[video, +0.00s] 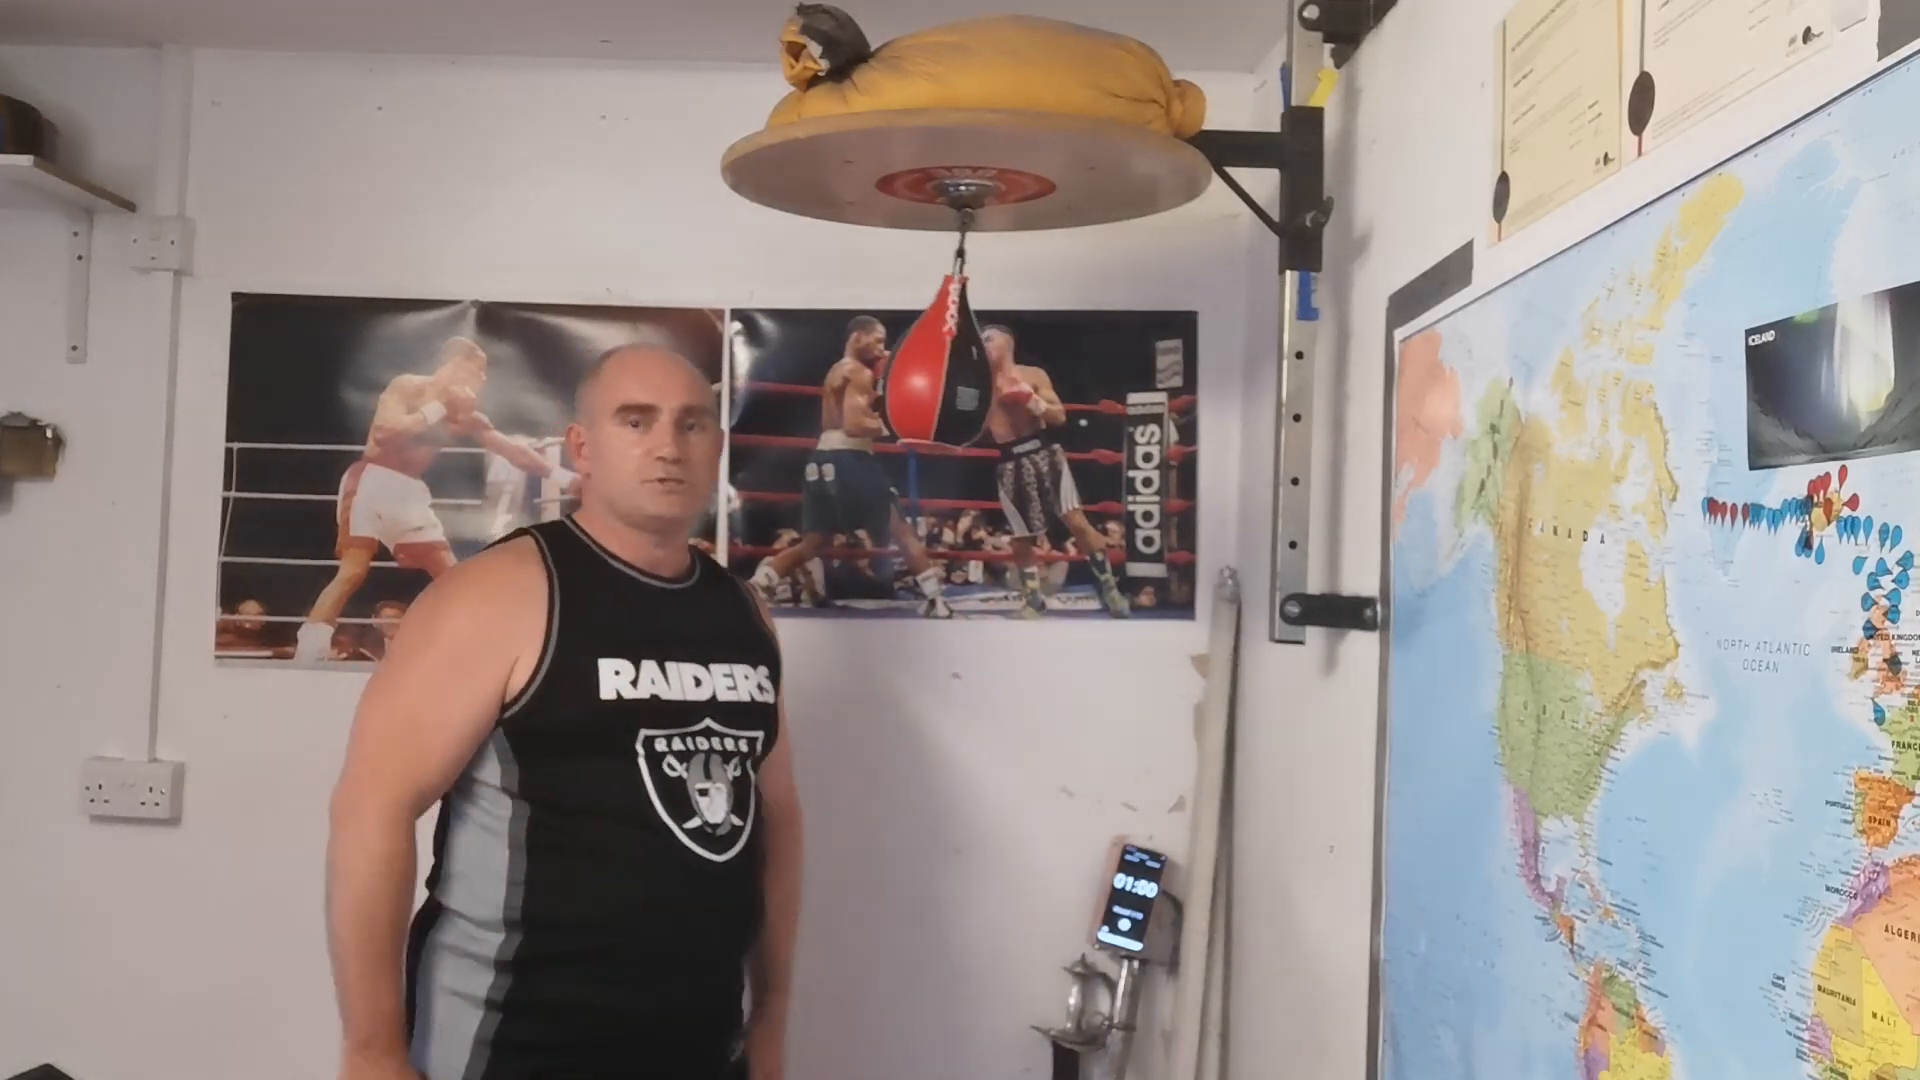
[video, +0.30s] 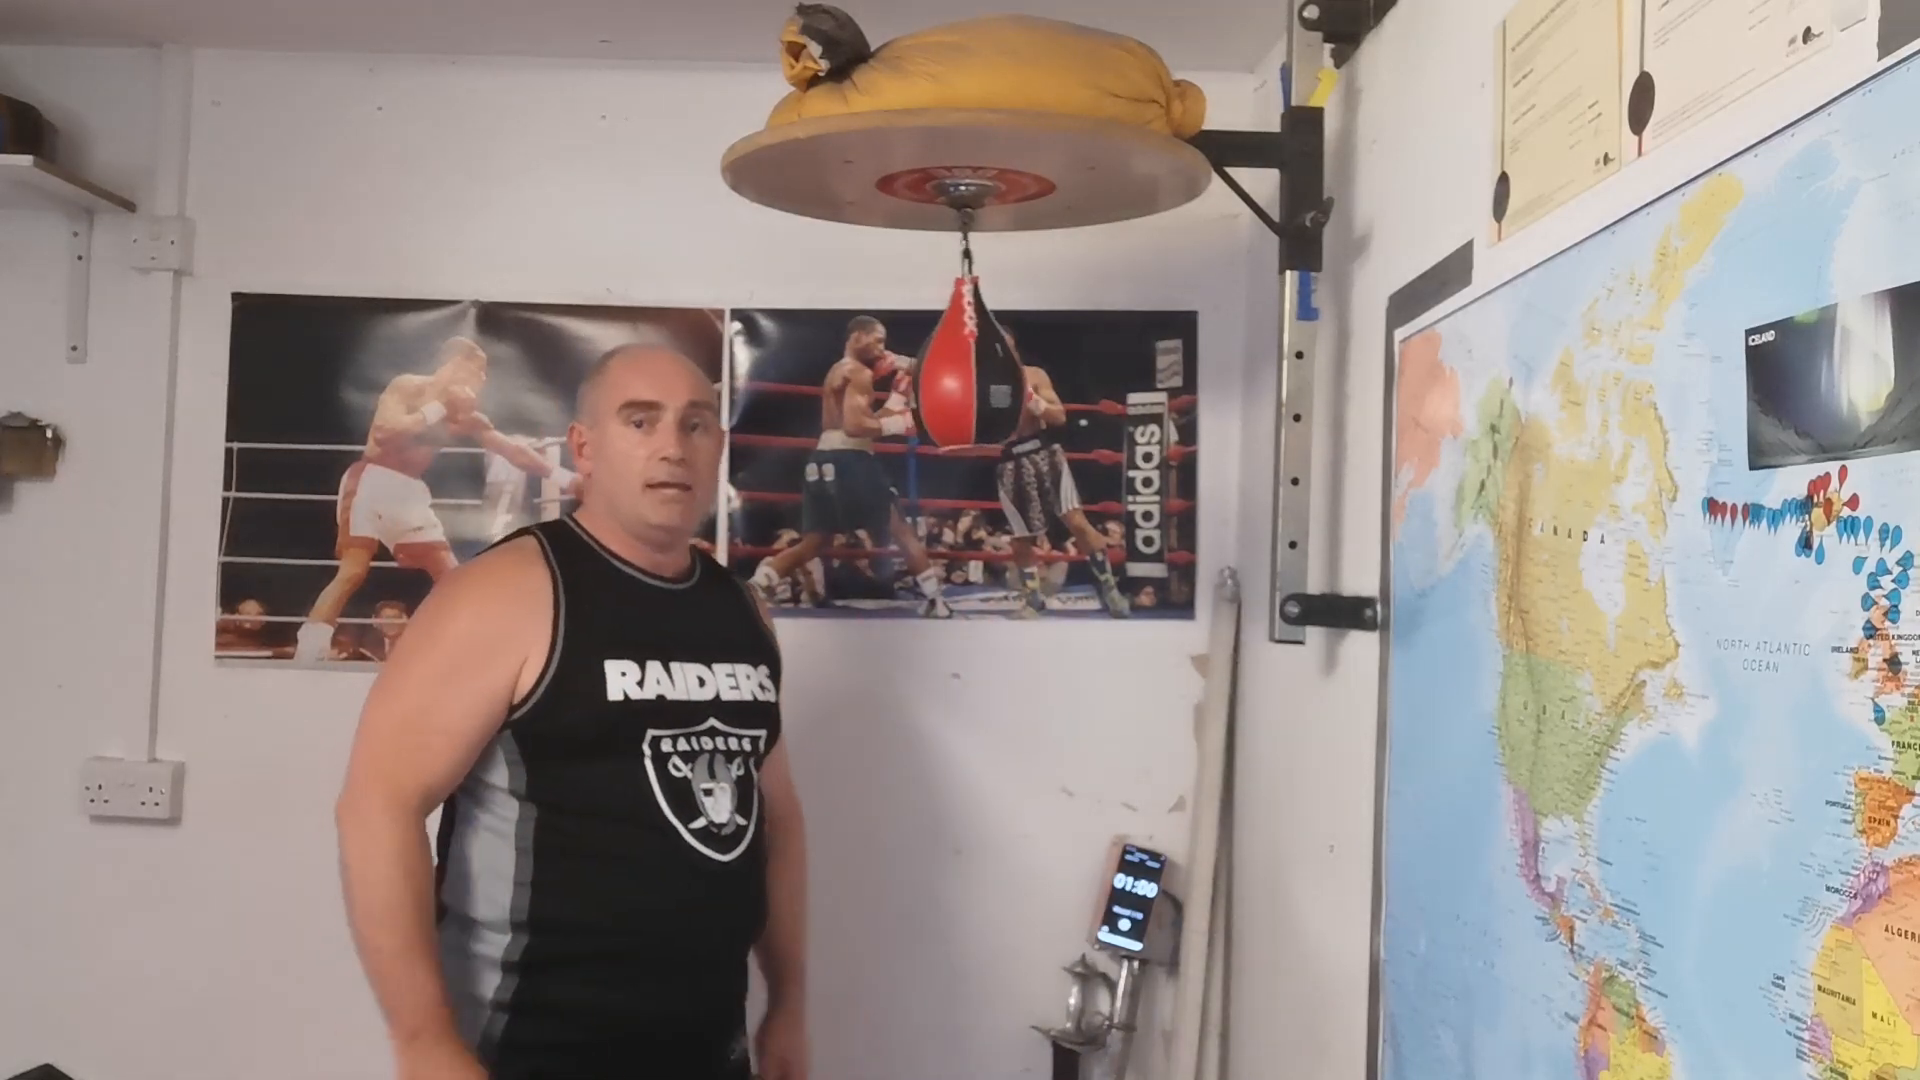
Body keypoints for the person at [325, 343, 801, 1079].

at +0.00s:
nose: (670, 445)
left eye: (694, 421)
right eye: (637, 419)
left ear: (717, 449)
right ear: (580, 448)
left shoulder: (737, 610)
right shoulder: (492, 595)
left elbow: (774, 816)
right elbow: (370, 806)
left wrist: (768, 1020)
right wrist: (373, 1047)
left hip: (693, 1037)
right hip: (513, 1039)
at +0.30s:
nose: (674, 447)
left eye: (697, 422)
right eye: (641, 419)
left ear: (720, 448)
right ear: (583, 448)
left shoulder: (734, 608)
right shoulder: (505, 593)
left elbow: (772, 806)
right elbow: (377, 806)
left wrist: (788, 997)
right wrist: (426, 1040)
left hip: (702, 1041)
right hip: (533, 1043)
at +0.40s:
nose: (667, 444)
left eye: (690, 420)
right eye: (633, 418)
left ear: (712, 451)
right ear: (576, 449)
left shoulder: (730, 607)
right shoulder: (501, 593)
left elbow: (778, 802)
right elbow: (379, 803)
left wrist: (821, 971)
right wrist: (489, 994)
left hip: (707, 1034)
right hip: (550, 1040)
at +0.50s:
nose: (661, 444)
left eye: (684, 421)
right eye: (629, 418)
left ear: (710, 451)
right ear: (572, 449)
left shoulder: (728, 608)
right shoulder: (500, 591)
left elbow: (779, 786)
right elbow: (374, 793)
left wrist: (831, 868)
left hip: (700, 1029)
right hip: (527, 1034)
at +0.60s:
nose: (659, 442)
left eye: (682, 420)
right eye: (626, 417)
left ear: (707, 452)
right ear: (570, 449)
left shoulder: (728, 602)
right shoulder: (497, 587)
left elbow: (777, 789)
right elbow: (366, 787)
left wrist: (815, 794)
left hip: (700, 1015)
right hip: (526, 1019)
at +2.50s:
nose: (678, 447)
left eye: (701, 424)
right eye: (646, 420)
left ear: (725, 454)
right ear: (588, 445)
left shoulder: (749, 610)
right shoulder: (507, 588)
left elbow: (804, 777)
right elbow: (378, 786)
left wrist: (826, 831)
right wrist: (515, 870)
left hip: (703, 1020)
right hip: (526, 1024)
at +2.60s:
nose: (679, 446)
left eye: (702, 424)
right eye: (646, 419)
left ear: (726, 454)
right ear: (588, 445)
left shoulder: (750, 611)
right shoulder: (508, 588)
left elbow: (802, 790)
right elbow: (382, 786)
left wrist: (831, 898)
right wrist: (509, 931)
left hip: (706, 1024)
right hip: (534, 1028)